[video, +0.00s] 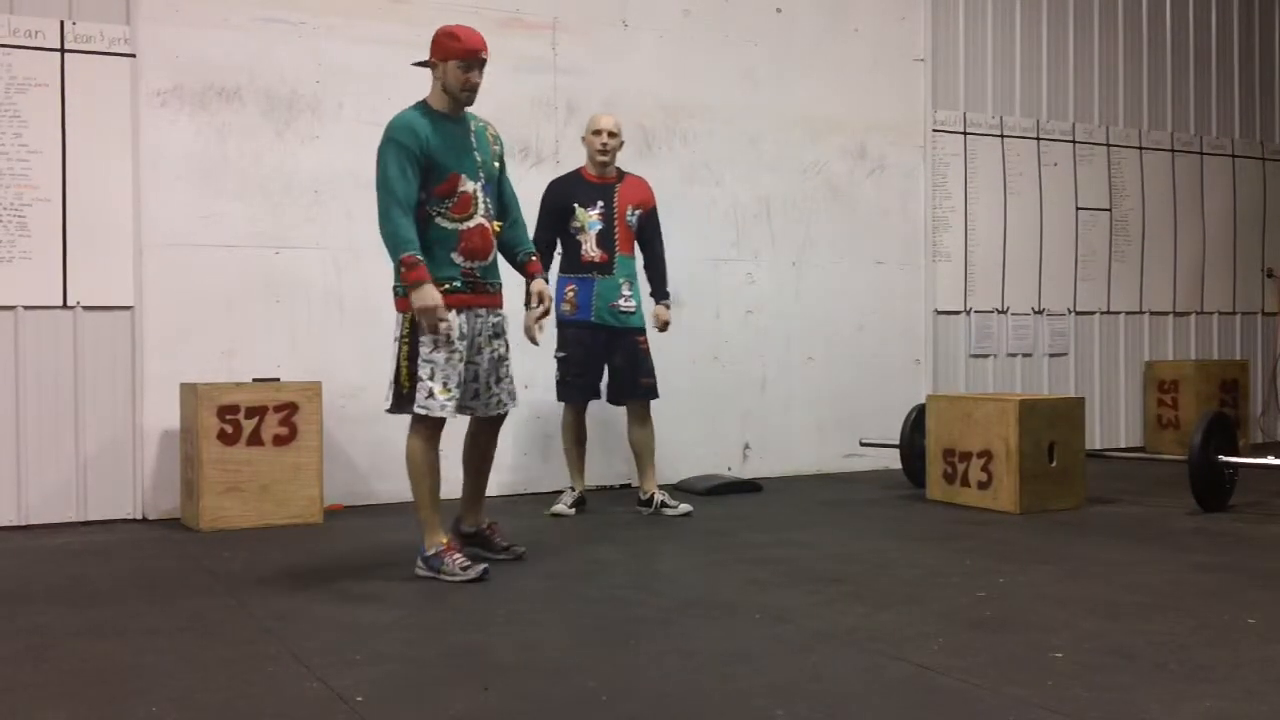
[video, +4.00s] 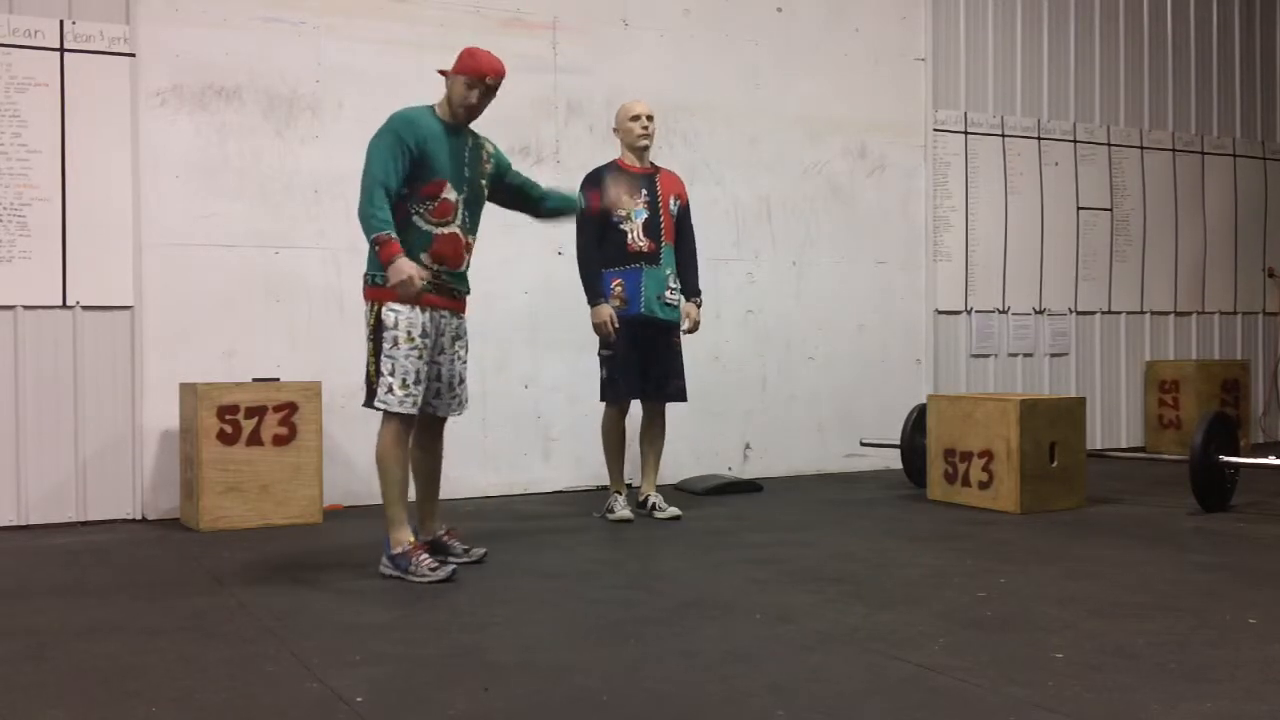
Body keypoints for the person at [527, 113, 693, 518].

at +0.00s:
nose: (605, 140)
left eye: (612, 134)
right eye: (597, 134)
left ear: (621, 142)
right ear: (585, 140)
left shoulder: (638, 189)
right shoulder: (561, 190)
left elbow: (652, 248)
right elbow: (542, 250)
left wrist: (661, 299)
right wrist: (534, 302)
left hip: (627, 318)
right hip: (577, 318)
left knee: (639, 404)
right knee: (574, 405)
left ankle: (649, 491)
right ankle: (575, 490)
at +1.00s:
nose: (610, 139)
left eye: (616, 133)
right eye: (602, 133)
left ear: (624, 140)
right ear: (587, 140)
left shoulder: (640, 188)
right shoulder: (565, 190)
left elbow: (652, 250)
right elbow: (548, 252)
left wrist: (658, 303)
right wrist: (541, 305)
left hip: (632, 316)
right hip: (582, 317)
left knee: (640, 403)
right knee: (578, 404)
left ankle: (646, 490)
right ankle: (576, 489)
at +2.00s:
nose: (650, 148)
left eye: (656, 141)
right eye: (642, 140)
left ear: (662, 143)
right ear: (624, 139)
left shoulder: (671, 187)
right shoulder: (599, 186)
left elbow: (681, 249)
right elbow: (578, 249)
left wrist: (687, 303)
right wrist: (576, 307)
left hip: (658, 313)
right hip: (612, 312)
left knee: (659, 402)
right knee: (613, 401)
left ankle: (648, 488)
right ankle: (611, 490)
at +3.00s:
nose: (651, 139)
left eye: (656, 132)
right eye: (642, 132)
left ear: (662, 135)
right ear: (624, 134)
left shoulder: (672, 183)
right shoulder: (599, 184)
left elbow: (685, 245)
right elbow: (584, 250)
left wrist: (696, 298)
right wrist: (591, 305)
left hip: (660, 312)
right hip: (615, 313)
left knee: (655, 403)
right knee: (619, 404)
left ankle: (650, 491)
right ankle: (617, 492)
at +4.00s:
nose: (645, 125)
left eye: (649, 119)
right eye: (636, 119)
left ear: (656, 128)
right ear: (618, 129)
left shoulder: (672, 182)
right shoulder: (599, 181)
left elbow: (686, 244)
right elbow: (586, 247)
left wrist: (692, 295)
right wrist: (596, 301)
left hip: (663, 309)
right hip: (619, 309)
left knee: (655, 402)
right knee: (617, 402)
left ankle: (648, 491)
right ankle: (617, 492)